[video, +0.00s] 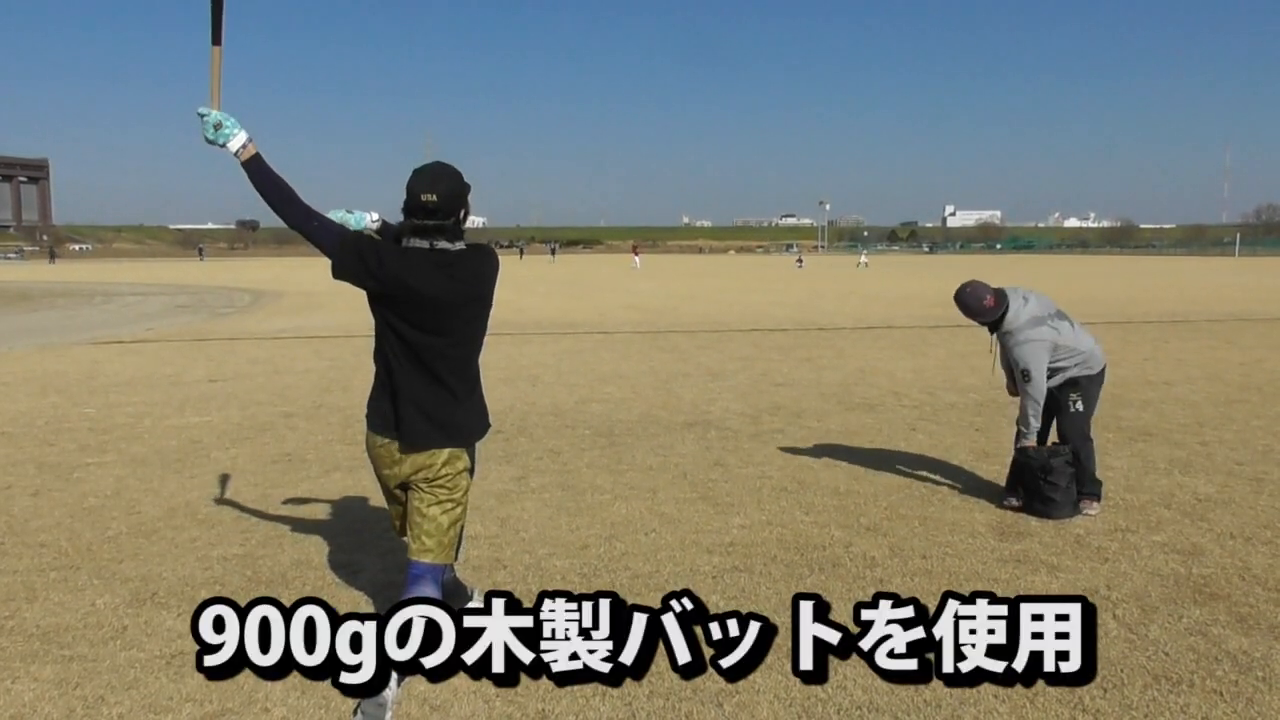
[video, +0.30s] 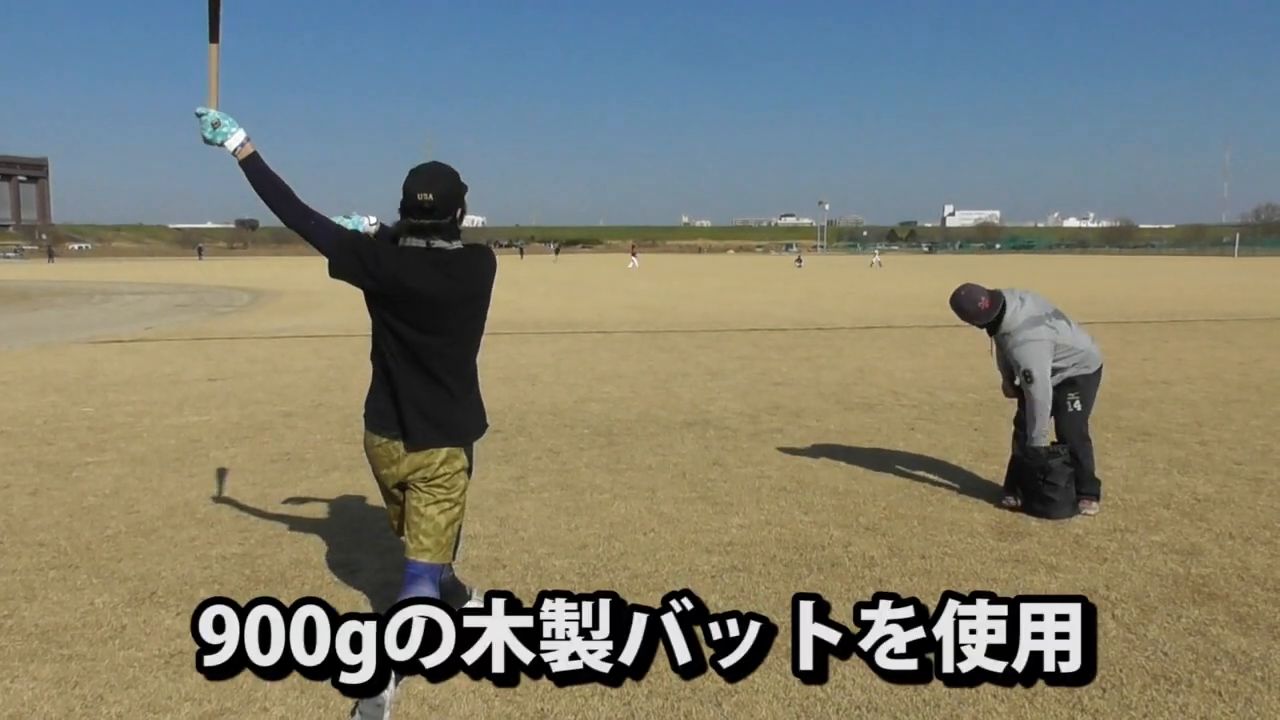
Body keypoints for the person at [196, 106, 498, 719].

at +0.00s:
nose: (460, 212)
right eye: (463, 205)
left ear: (408, 211)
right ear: (465, 216)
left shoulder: (380, 259)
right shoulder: (482, 264)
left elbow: (301, 215)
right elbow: (434, 248)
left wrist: (245, 148)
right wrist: (379, 231)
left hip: (385, 433)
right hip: (447, 438)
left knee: (420, 537)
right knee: (426, 571)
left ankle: (462, 606)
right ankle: (384, 687)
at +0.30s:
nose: (457, 212)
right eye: (459, 205)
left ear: (405, 209)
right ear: (460, 215)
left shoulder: (377, 257)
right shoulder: (480, 263)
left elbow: (298, 215)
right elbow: (437, 251)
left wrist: (242, 146)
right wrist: (385, 235)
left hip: (383, 432)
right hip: (446, 437)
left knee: (419, 537)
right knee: (424, 571)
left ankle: (460, 605)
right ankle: (380, 688)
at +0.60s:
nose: (448, 213)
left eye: (415, 200)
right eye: (452, 205)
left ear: (402, 209)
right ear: (456, 215)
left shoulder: (376, 258)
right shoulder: (479, 263)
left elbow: (292, 215)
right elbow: (445, 250)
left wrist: (236, 151)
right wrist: (394, 236)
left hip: (383, 433)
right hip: (447, 438)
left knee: (424, 538)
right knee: (423, 571)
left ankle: (467, 608)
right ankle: (376, 692)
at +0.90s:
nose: (434, 206)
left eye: (409, 197)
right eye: (450, 200)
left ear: (400, 206)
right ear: (452, 211)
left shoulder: (375, 259)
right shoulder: (478, 264)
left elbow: (293, 220)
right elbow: (444, 247)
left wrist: (228, 161)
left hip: (385, 433)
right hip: (447, 438)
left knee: (424, 536)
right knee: (421, 568)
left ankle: (457, 596)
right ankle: (377, 689)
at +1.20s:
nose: (455, 207)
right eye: (453, 202)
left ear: (398, 207)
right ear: (452, 210)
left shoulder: (374, 258)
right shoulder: (479, 263)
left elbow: (293, 222)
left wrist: (222, 170)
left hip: (384, 432)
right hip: (445, 437)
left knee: (422, 538)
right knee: (419, 569)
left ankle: (452, 599)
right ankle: (374, 691)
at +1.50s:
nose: (460, 207)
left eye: (453, 199)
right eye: (457, 201)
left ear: (400, 206)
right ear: (451, 209)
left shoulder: (374, 257)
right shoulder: (480, 265)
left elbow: (294, 245)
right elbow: (495, 317)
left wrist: (215, 224)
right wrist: (445, 287)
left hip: (385, 434)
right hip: (445, 438)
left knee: (422, 536)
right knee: (420, 569)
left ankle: (454, 598)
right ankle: (373, 689)